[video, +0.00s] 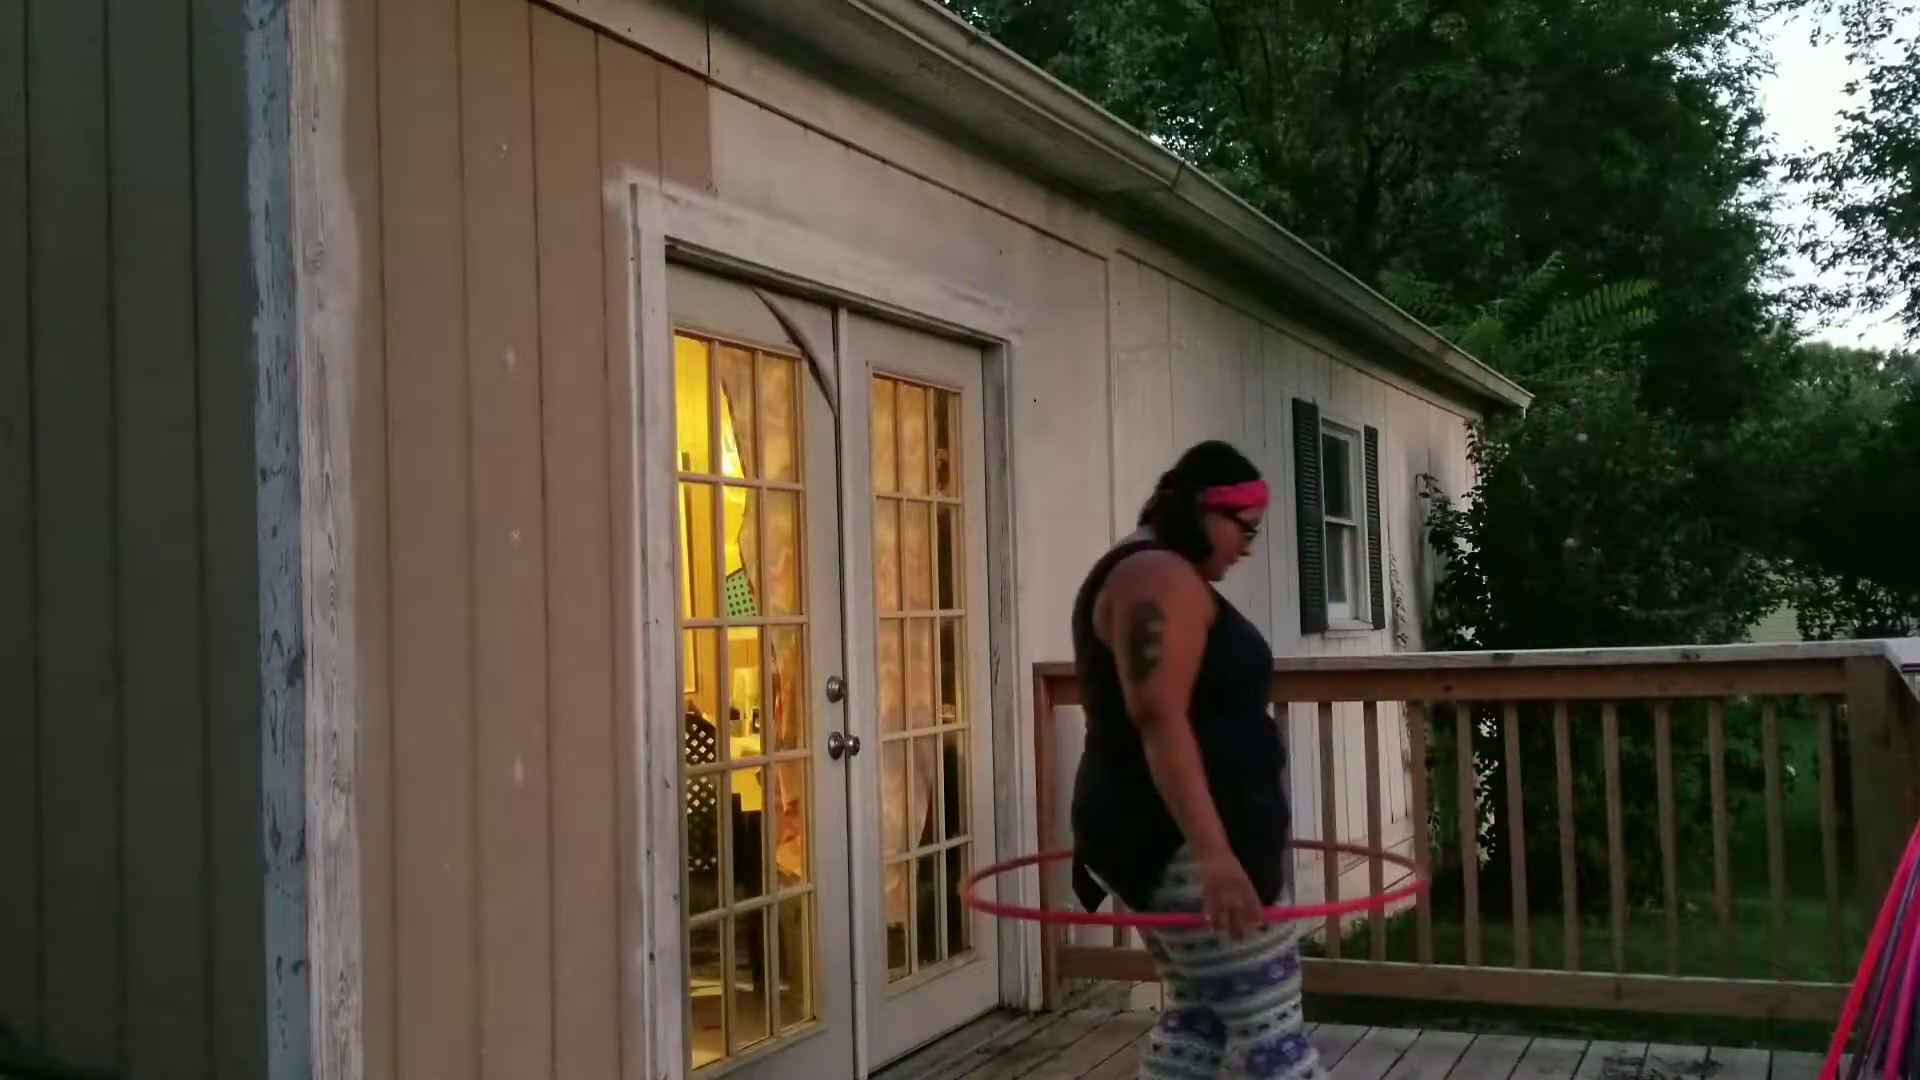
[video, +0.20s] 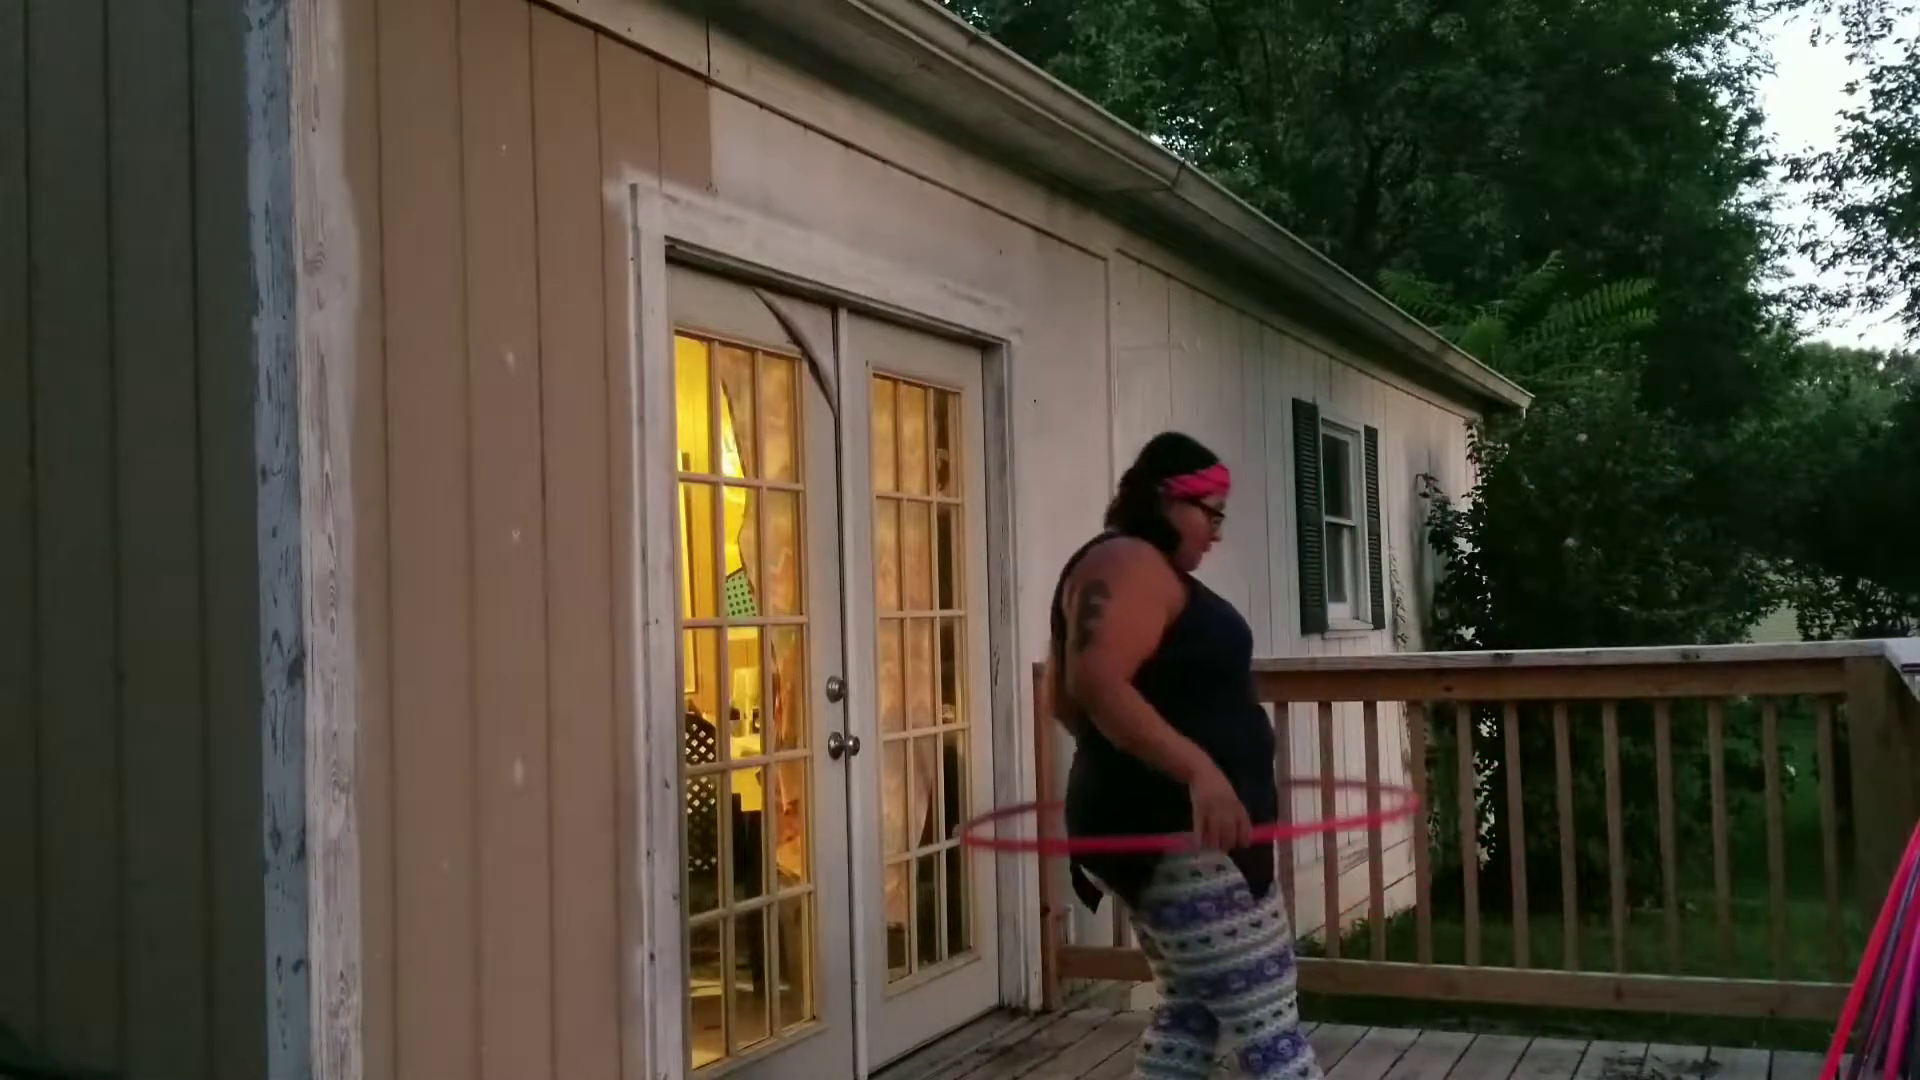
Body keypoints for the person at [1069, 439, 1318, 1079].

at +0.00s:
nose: (1248, 543)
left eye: (1253, 530)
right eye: (1241, 524)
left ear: (1189, 511)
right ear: (1198, 509)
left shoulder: (1146, 573)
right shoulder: (1158, 577)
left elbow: (1153, 726)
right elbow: (1158, 720)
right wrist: (1214, 853)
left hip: (1160, 838)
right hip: (1188, 842)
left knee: (1198, 1019)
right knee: (1271, 1024)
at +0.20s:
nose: (1219, 530)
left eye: (1221, 515)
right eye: (1211, 512)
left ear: (1164, 504)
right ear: (1167, 501)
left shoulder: (1098, 566)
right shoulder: (1133, 562)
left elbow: (1067, 701)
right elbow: (1094, 683)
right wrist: (1201, 770)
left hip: (1144, 827)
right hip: (1174, 828)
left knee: (1190, 1014)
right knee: (1263, 1002)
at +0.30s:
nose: (1208, 516)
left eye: (1208, 501)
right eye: (1200, 498)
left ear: (1154, 495)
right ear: (1157, 493)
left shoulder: (1090, 560)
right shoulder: (1126, 552)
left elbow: (1056, 690)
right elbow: (1084, 671)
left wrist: (1162, 719)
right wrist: (1194, 719)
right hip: (1163, 818)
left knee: (1184, 1007)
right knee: (1260, 984)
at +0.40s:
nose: (1203, 501)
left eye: (1202, 487)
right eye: (1192, 486)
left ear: (1147, 490)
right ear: (1148, 488)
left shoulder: (1093, 555)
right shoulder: (1124, 547)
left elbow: (1051, 680)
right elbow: (1077, 664)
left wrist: (1159, 689)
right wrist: (1186, 672)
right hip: (1163, 811)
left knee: (1178, 1002)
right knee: (1260, 982)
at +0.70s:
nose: (1228, 479)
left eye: (1224, 465)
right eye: (1213, 467)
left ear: (1168, 482)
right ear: (1172, 479)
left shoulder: (1118, 550)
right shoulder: (1155, 544)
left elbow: (1071, 665)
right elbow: (1103, 660)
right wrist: (1213, 692)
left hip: (1151, 810)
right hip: (1189, 810)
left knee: (1170, 1005)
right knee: (1270, 991)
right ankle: (1294, 1071)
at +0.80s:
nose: (1252, 480)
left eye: (1249, 466)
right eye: (1238, 468)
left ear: (1188, 482)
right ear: (1197, 480)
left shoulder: (1134, 552)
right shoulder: (1175, 549)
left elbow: (1098, 668)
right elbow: (1132, 671)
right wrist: (1235, 744)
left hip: (1157, 824)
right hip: (1208, 826)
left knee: (1165, 1015)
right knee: (1282, 1022)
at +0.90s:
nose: (1276, 483)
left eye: (1272, 469)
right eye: (1263, 470)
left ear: (1204, 483)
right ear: (1220, 481)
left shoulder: (1151, 557)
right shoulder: (1205, 554)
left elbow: (1131, 694)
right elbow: (1171, 683)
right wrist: (1257, 796)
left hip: (1163, 830)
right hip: (1231, 837)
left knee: (1157, 1022)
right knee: (1289, 1032)